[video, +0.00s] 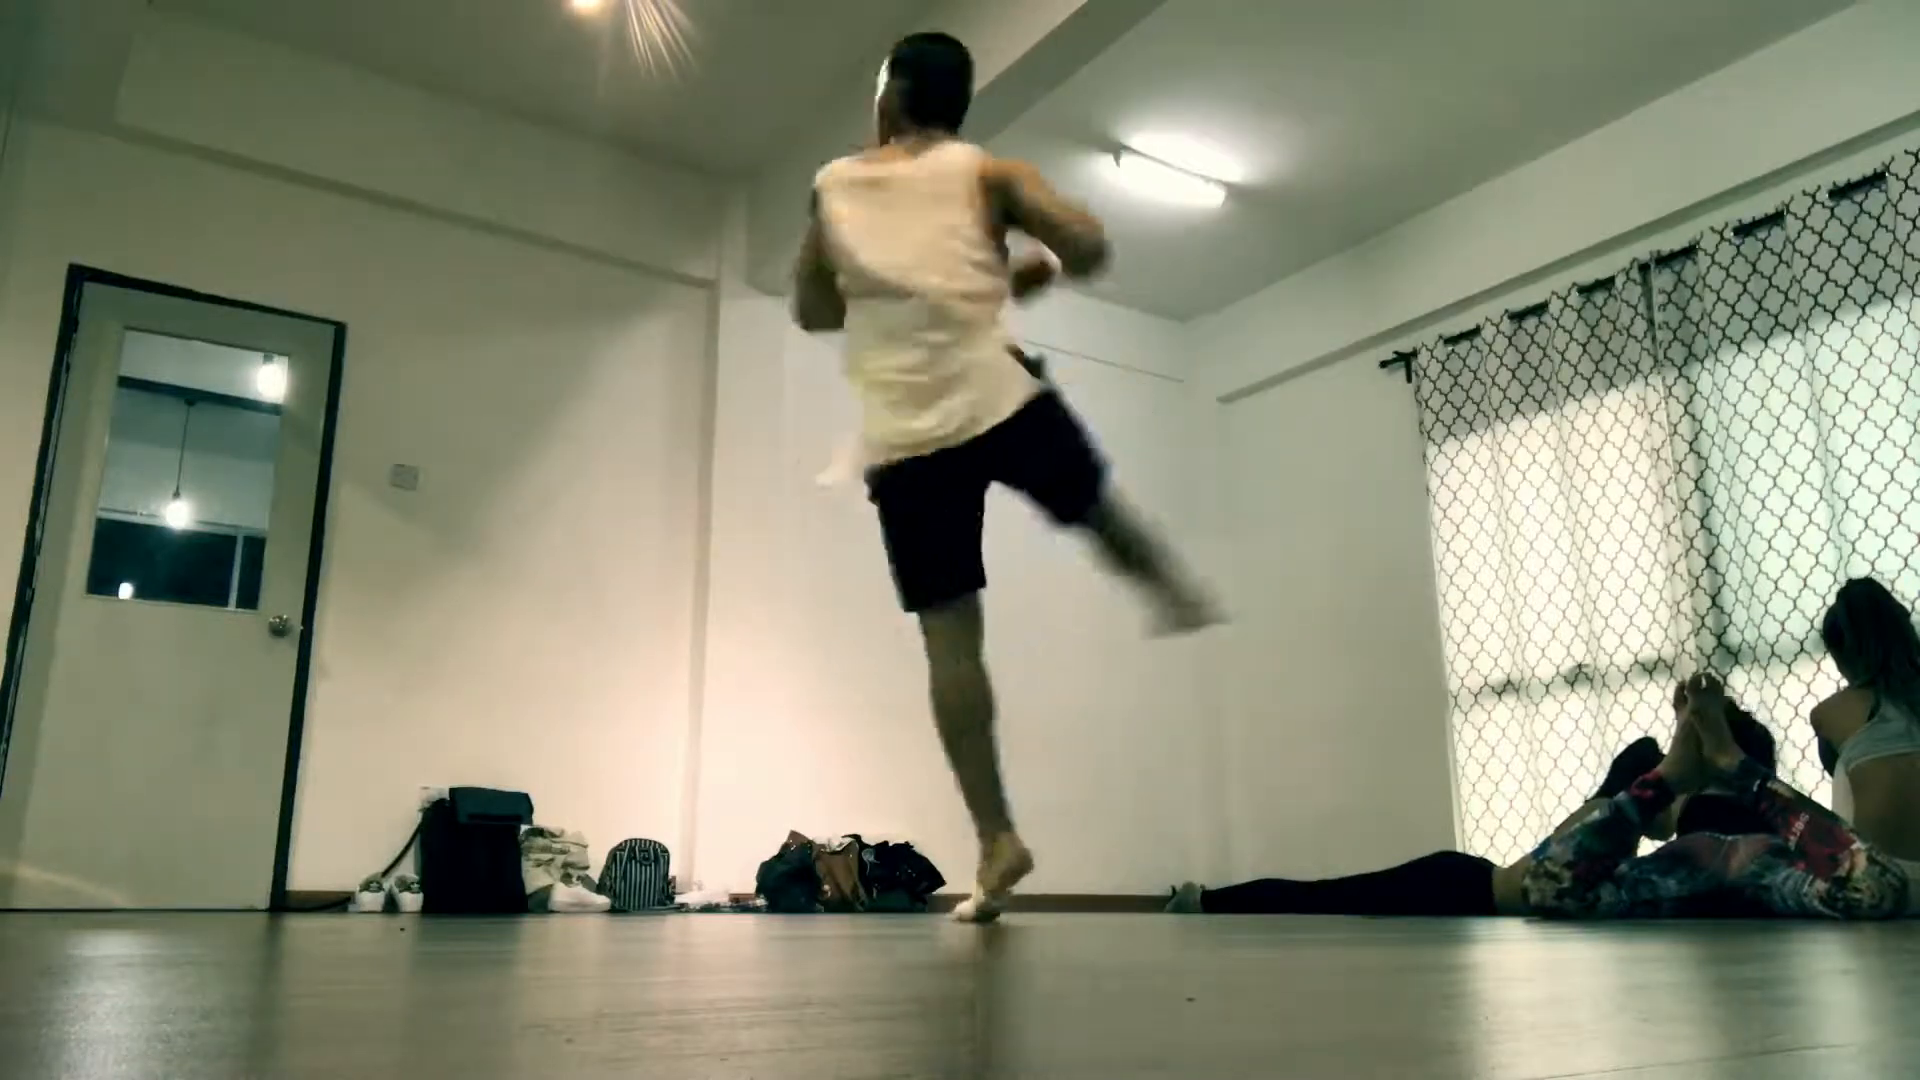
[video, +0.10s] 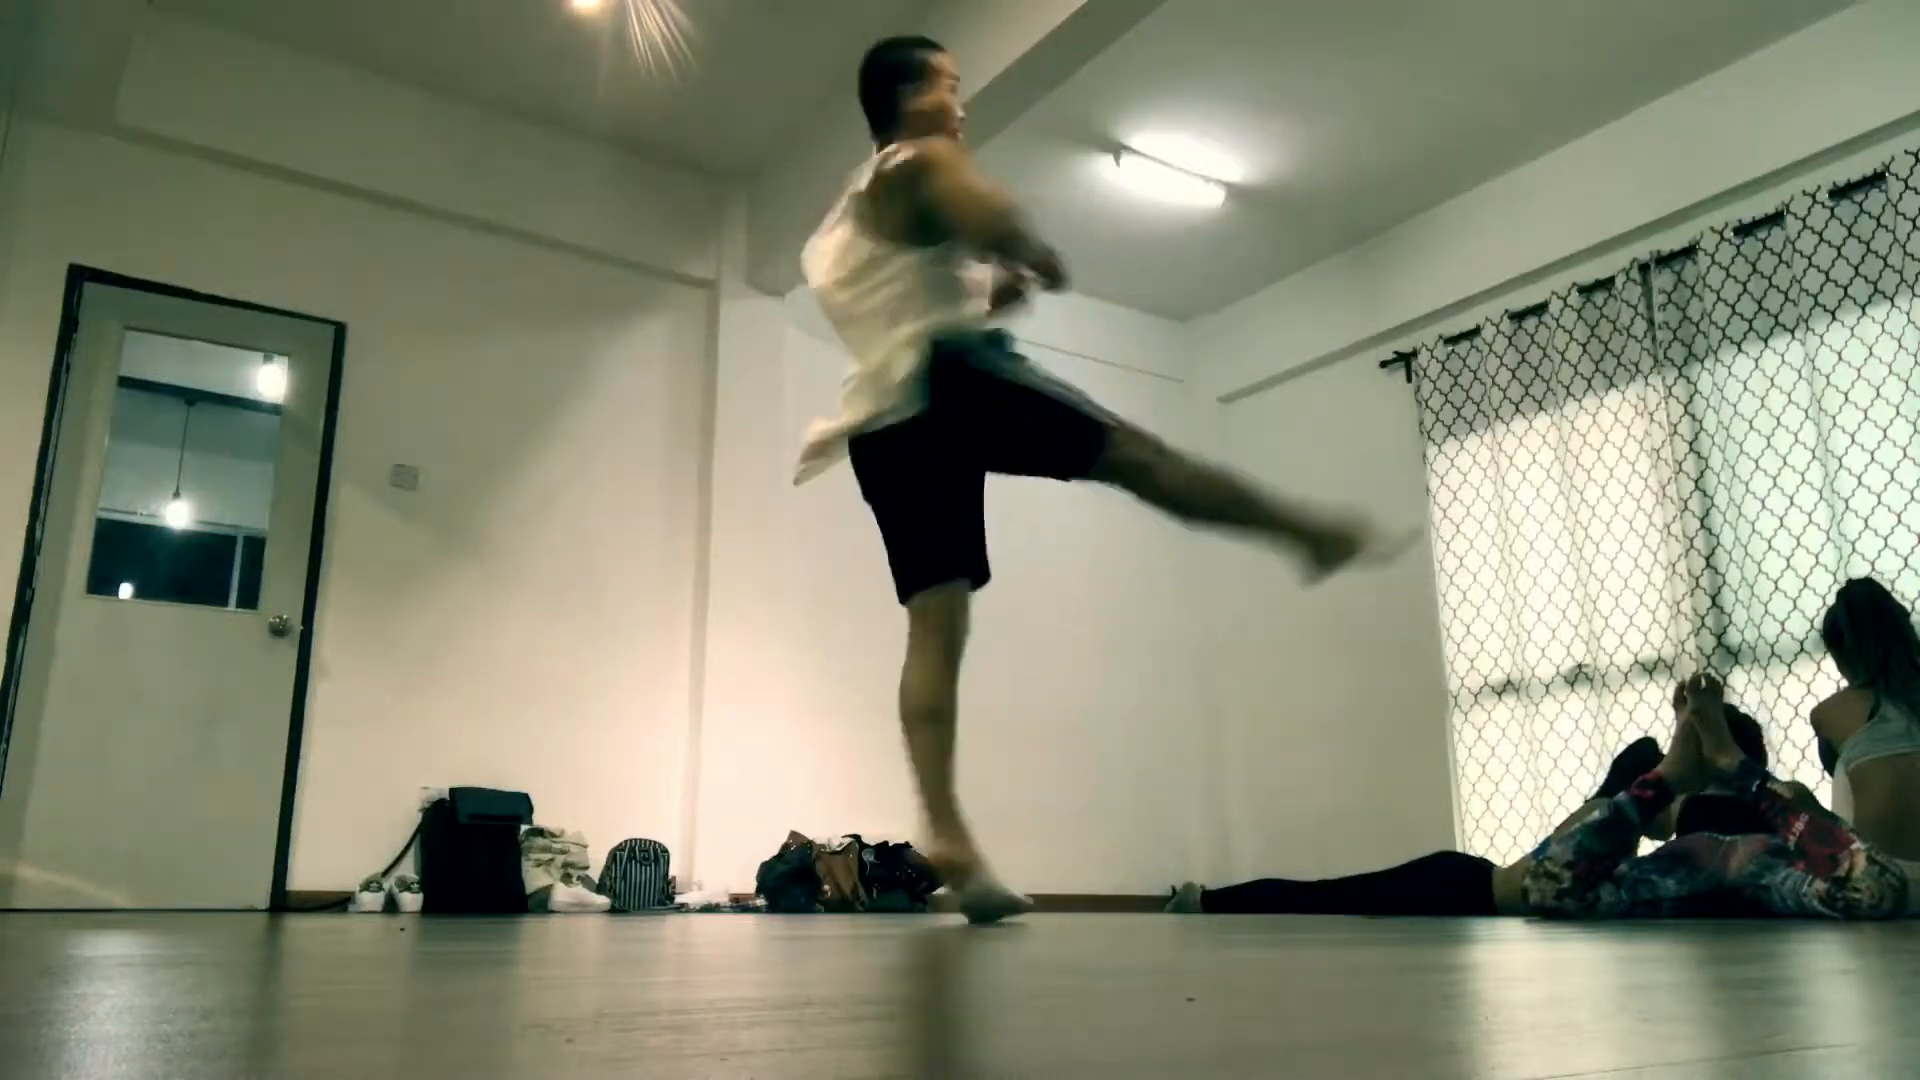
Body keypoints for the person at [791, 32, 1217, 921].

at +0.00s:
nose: (874, 95)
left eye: (880, 83)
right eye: (884, 81)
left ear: (889, 96)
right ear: (959, 107)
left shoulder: (837, 185)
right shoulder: (988, 172)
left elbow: (813, 307)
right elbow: (1088, 244)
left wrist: (894, 289)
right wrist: (1043, 271)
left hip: (906, 447)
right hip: (1006, 409)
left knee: (951, 649)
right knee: (1102, 511)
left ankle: (996, 840)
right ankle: (1176, 597)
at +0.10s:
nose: (958, 100)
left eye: (954, 86)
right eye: (943, 86)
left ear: (882, 111)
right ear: (899, 99)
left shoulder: (845, 218)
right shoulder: (922, 161)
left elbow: (901, 309)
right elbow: (991, 218)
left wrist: (989, 292)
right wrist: (1043, 261)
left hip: (889, 427)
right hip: (959, 386)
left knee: (935, 625)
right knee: (1136, 456)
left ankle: (944, 841)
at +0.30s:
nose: (884, 175)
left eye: (900, 158)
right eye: (874, 170)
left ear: (950, 173)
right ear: (876, 196)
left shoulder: (1015, 283)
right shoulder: (864, 266)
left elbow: (1126, 346)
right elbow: (773, 255)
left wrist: (1234, 370)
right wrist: (713, 209)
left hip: (968, 497)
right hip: (875, 479)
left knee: (966, 680)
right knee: (899, 405)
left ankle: (896, 879)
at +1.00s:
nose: (887, 79)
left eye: (894, 65)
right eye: (864, 70)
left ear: (913, 87)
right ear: (836, 103)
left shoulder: (910, 202)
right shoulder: (855, 162)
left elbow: (953, 326)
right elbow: (861, 236)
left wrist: (1038, 295)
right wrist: (994, 228)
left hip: (871, 406)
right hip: (859, 378)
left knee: (875, 630)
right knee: (1016, 373)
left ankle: (848, 855)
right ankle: (981, 590)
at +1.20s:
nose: (812, 71)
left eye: (824, 51)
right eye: (807, 59)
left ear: (882, 47)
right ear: (833, 66)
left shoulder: (941, 107)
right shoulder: (834, 177)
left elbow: (938, 172)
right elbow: (761, 310)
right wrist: (714, 293)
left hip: (935, 401)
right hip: (857, 395)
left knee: (916, 614)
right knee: (701, 428)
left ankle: (972, 835)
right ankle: (833, 532)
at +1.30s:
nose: (772, 67)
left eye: (788, 50)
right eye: (777, 51)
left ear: (839, 59)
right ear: (853, 66)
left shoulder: (810, 122)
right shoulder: (898, 144)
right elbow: (877, 318)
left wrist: (732, 321)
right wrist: (794, 344)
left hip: (893, 410)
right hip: (974, 411)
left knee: (882, 638)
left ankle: (947, 830)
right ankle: (791, 585)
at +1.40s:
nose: (804, 129)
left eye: (769, 115)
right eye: (810, 114)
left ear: (739, 131)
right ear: (824, 125)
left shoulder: (704, 231)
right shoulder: (866, 201)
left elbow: (693, 376)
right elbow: (972, 309)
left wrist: (770, 361)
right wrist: (951, 311)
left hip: (829, 471)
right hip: (938, 436)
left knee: (884, 668)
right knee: (1005, 504)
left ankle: (893, 882)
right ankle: (944, 648)